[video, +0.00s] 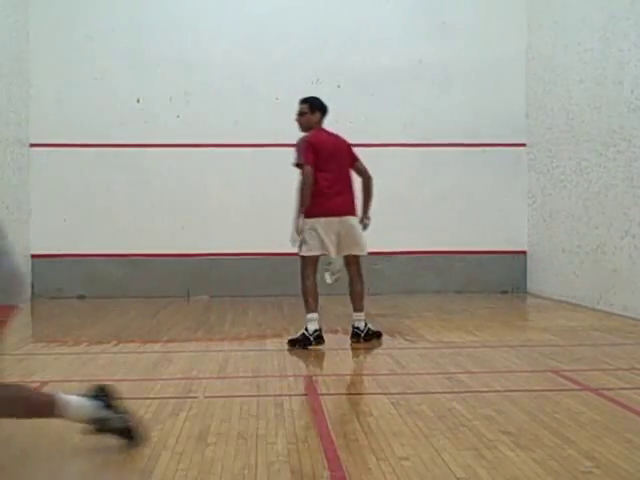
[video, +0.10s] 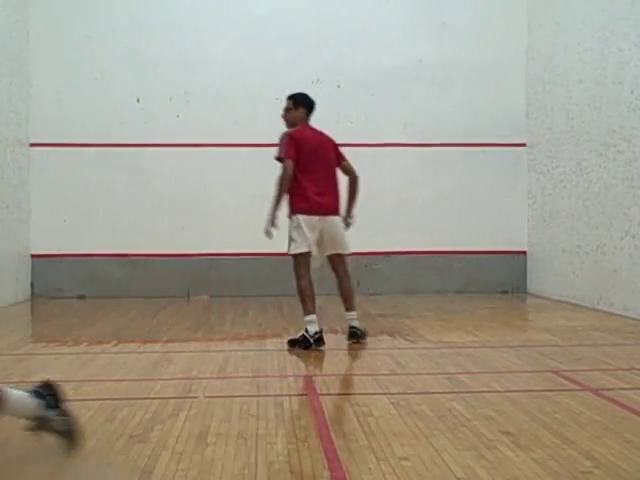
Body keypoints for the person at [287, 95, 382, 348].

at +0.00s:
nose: (298, 119)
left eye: (303, 114)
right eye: (298, 114)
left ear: (317, 115)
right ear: (320, 117)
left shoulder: (306, 142)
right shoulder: (341, 142)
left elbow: (308, 176)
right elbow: (366, 176)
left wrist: (301, 213)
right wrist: (365, 212)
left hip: (317, 215)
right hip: (346, 214)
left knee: (308, 271)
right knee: (354, 268)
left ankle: (312, 328)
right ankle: (360, 326)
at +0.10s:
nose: (284, 115)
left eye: (288, 110)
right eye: (284, 110)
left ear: (301, 111)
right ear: (306, 113)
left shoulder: (290, 137)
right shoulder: (326, 139)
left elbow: (288, 171)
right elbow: (352, 175)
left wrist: (273, 211)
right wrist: (349, 210)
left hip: (303, 214)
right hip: (331, 213)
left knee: (302, 271)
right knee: (341, 269)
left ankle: (312, 330)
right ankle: (354, 325)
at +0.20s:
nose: (271, 110)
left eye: (275, 106)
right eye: (272, 105)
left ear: (285, 108)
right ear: (293, 110)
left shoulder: (276, 132)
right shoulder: (312, 136)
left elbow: (273, 168)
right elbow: (336, 174)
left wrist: (254, 204)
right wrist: (329, 203)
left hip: (291, 207)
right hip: (318, 207)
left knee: (281, 263)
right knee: (322, 261)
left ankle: (301, 319)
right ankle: (335, 320)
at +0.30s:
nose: (259, 119)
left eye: (260, 115)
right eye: (260, 115)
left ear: (267, 115)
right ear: (281, 117)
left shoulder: (267, 138)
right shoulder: (298, 143)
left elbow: (262, 175)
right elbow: (319, 183)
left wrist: (238, 206)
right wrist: (307, 209)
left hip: (280, 213)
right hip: (307, 213)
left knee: (250, 261)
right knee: (311, 267)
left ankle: (274, 312)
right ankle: (330, 326)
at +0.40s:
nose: (241, 129)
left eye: (243, 125)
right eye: (243, 125)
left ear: (247, 126)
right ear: (263, 127)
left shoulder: (249, 149)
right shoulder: (279, 152)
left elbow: (246, 184)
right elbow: (296, 194)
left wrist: (222, 215)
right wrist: (265, 194)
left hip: (266, 221)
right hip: (293, 220)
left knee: (222, 258)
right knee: (306, 275)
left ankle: (227, 321)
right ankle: (329, 328)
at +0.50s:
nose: (216, 129)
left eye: (216, 126)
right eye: (218, 125)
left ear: (218, 127)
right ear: (237, 128)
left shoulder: (222, 150)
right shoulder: (248, 151)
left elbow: (225, 184)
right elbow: (255, 191)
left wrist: (205, 217)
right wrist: (232, 214)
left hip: (243, 221)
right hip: (267, 221)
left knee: (208, 267)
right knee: (287, 273)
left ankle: (191, 327)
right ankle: (320, 318)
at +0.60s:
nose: (186, 133)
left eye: (186, 129)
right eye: (188, 129)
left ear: (189, 130)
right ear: (207, 130)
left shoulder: (197, 152)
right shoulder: (219, 154)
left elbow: (201, 189)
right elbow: (224, 203)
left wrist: (187, 221)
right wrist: (196, 218)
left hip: (220, 224)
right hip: (241, 223)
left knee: (187, 267)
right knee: (241, 276)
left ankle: (185, 329)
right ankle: (286, 308)